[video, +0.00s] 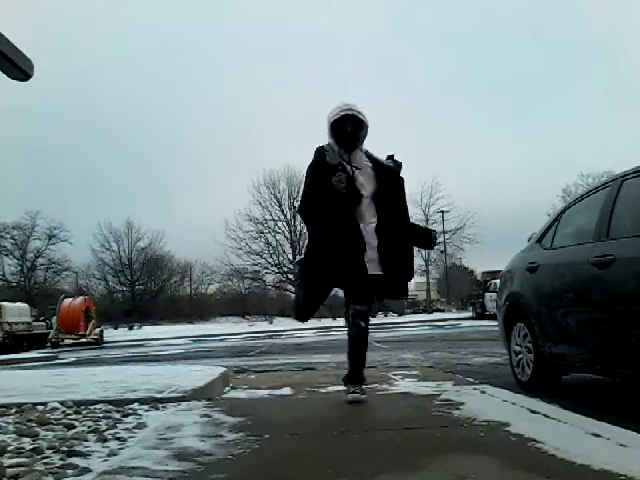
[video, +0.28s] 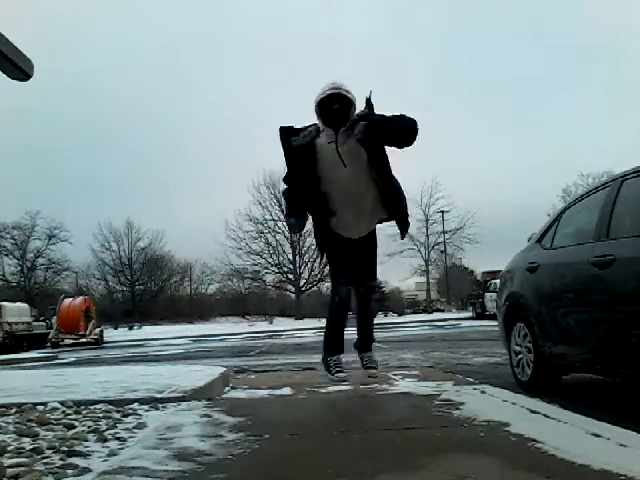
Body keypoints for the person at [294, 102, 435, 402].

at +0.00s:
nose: (349, 132)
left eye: (354, 126)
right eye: (342, 126)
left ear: (364, 131)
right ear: (332, 131)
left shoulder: (382, 170)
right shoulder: (323, 165)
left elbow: (393, 221)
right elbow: (309, 211)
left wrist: (421, 235)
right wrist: (334, 191)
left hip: (370, 254)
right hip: (335, 252)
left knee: (359, 316)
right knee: (304, 310)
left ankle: (355, 381)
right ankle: (308, 265)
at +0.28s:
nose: (336, 110)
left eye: (341, 104)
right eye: (329, 105)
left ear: (351, 107)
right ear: (319, 110)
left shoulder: (367, 130)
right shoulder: (308, 143)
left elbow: (409, 132)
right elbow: (295, 183)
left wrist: (372, 124)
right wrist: (295, 216)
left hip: (365, 227)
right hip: (332, 229)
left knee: (367, 292)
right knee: (341, 292)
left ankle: (366, 351)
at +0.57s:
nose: (328, 128)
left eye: (333, 121)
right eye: (321, 122)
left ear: (344, 125)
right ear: (313, 127)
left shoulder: (362, 152)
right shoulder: (302, 169)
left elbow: (401, 152)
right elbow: (297, 220)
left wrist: (362, 147)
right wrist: (299, 263)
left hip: (364, 245)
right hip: (328, 251)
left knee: (378, 291)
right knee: (343, 317)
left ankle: (381, 301)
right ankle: (351, 380)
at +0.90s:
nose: (332, 142)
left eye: (338, 136)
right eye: (326, 136)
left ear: (348, 139)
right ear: (317, 140)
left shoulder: (362, 168)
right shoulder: (304, 182)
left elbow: (376, 221)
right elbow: (300, 229)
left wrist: (378, 205)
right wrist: (295, 237)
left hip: (360, 258)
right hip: (328, 264)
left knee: (350, 325)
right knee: (346, 324)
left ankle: (352, 382)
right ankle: (352, 381)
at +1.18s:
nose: (339, 109)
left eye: (345, 103)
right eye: (333, 103)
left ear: (354, 106)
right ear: (323, 106)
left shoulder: (367, 138)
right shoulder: (310, 137)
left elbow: (376, 184)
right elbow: (292, 178)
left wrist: (367, 180)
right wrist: (306, 140)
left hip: (356, 229)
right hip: (321, 229)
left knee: (353, 295)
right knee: (326, 291)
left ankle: (355, 367)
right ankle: (331, 340)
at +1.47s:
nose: (339, 122)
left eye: (345, 116)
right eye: (333, 116)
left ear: (355, 119)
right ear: (324, 118)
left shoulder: (367, 152)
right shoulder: (312, 149)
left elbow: (378, 192)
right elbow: (292, 186)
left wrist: (370, 177)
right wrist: (304, 153)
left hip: (352, 237)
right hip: (317, 236)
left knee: (345, 306)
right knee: (316, 296)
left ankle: (343, 379)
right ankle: (337, 312)